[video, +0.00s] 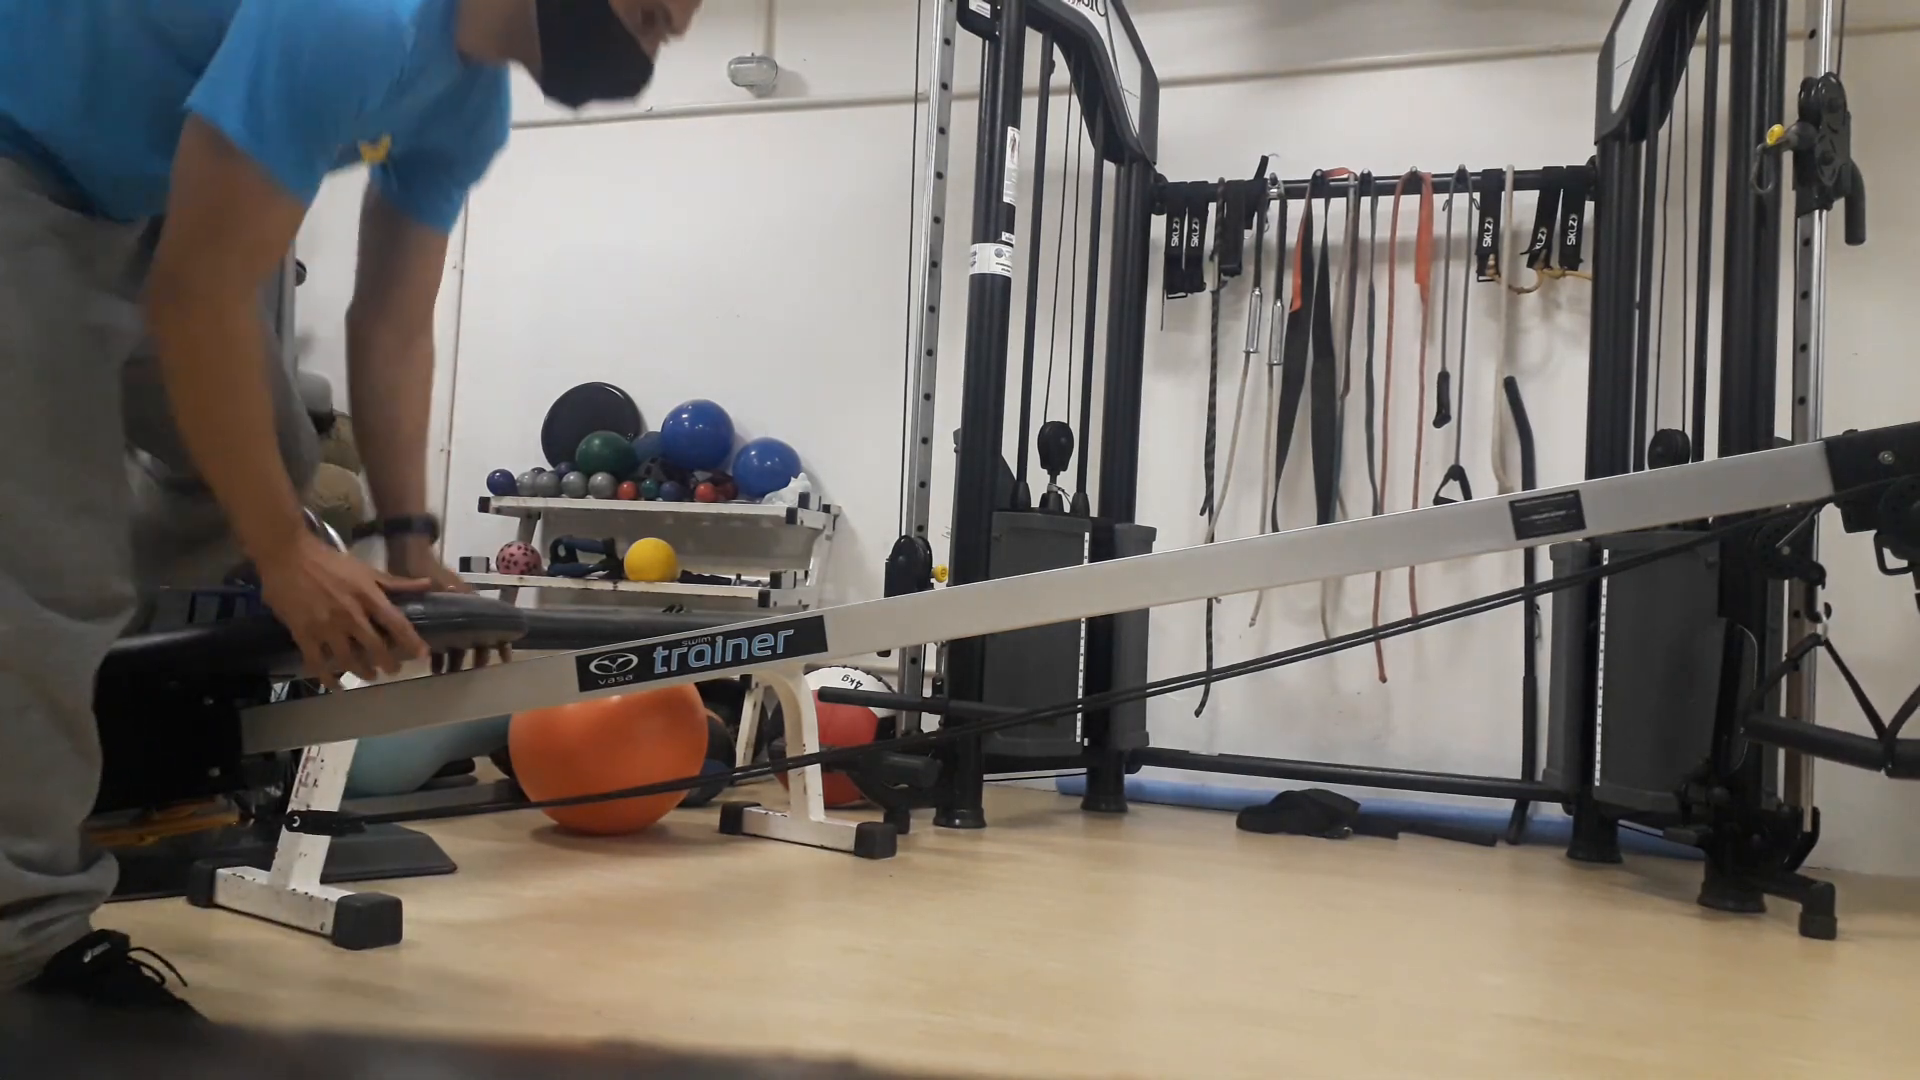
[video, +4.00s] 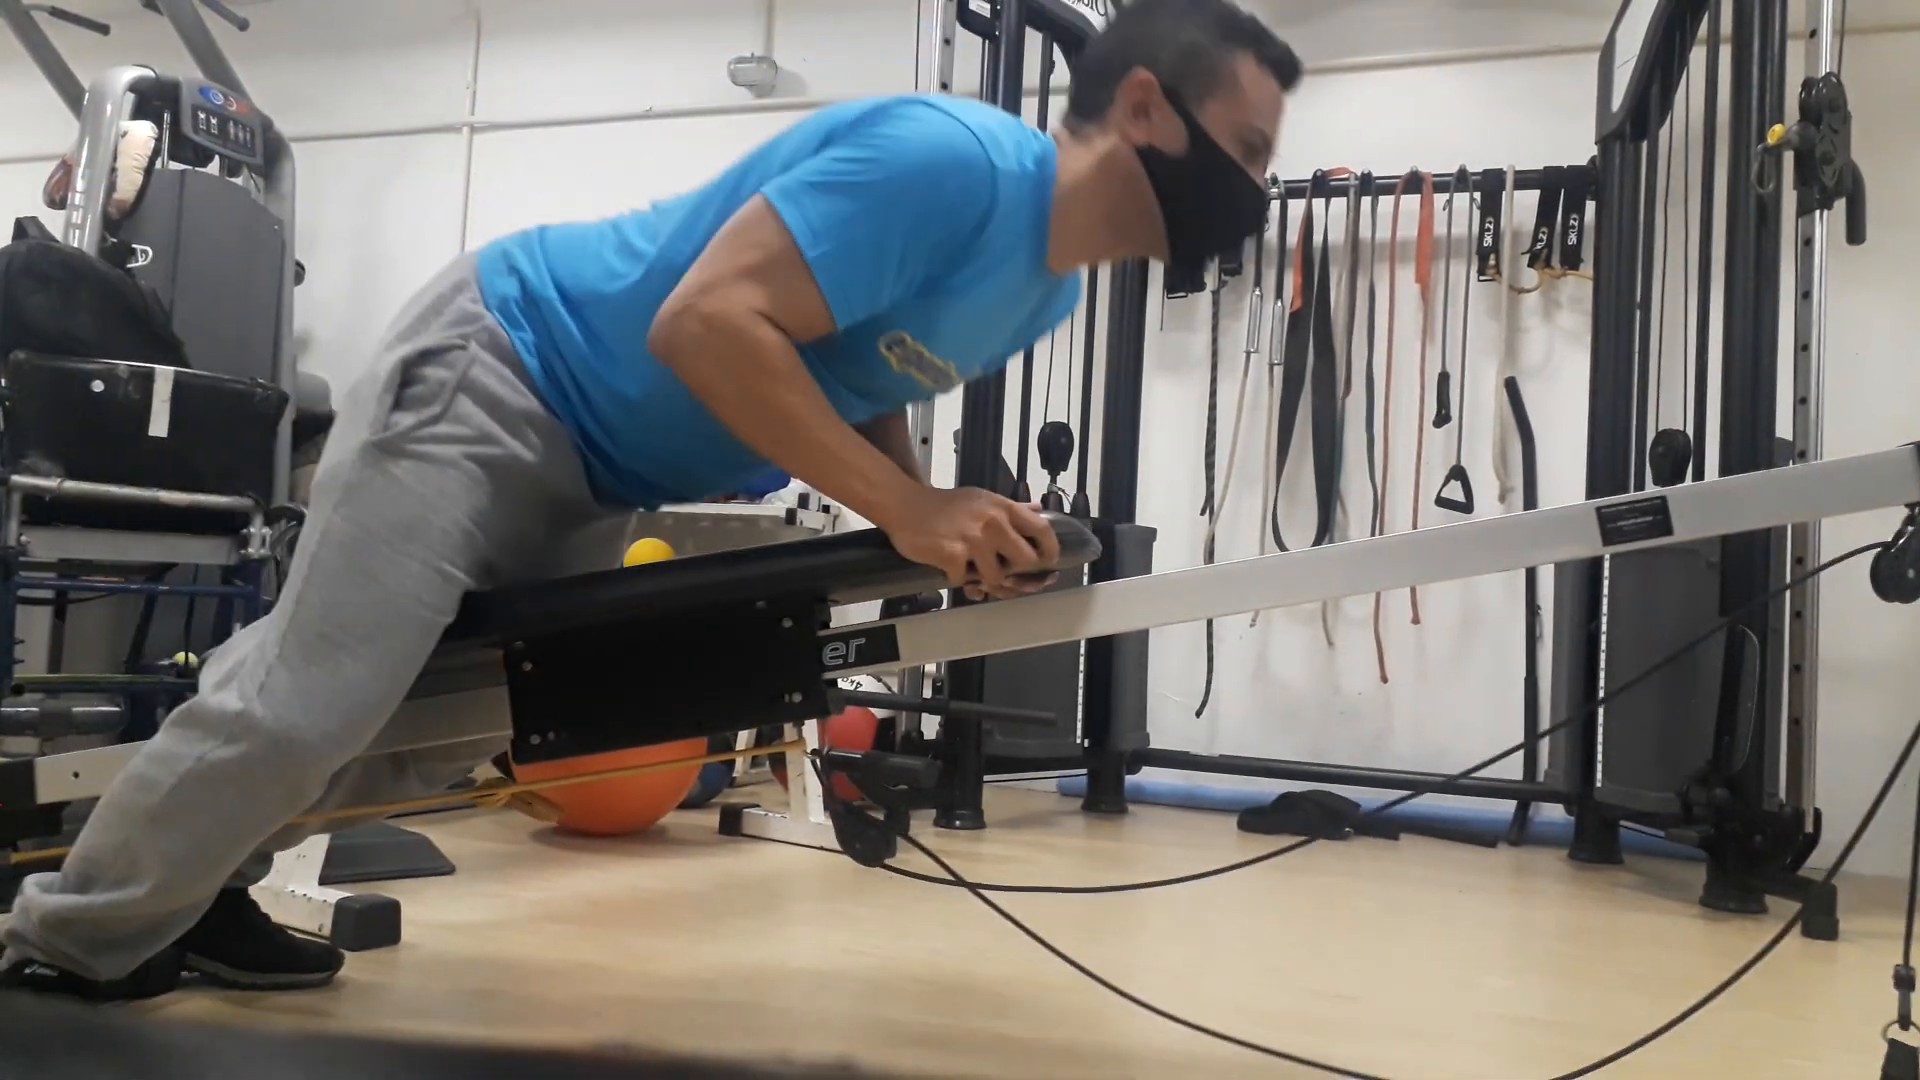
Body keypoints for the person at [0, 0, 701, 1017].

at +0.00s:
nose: (671, 21)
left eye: (680, 16)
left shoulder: (471, 97)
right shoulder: (350, 20)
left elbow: (395, 314)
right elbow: (197, 294)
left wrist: (410, 538)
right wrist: (284, 549)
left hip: (161, 189)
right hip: (30, 161)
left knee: (264, 471)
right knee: (59, 562)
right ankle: (31, 935)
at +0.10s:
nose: (653, 94)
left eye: (671, 71)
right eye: (652, 57)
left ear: (564, 21)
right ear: (560, 10)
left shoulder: (478, 139)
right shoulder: (329, 51)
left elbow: (394, 349)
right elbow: (176, 329)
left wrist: (396, 560)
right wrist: (274, 571)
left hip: (194, 195)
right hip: (36, 171)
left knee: (283, 517)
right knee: (71, 553)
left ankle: (273, 803)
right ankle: (35, 930)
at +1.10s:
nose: (825, 192)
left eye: (837, 171)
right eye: (812, 153)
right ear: (708, 106)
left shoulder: (656, 277)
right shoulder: (504, 168)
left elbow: (506, 420)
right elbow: (291, 365)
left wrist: (549, 575)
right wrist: (454, 569)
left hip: (296, 395)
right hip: (137, 343)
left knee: (424, 640)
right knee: (225, 642)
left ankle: (211, 870)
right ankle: (39, 924)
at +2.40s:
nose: (847, 176)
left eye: (860, 154)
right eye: (836, 137)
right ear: (736, 86)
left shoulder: (665, 247)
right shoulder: (543, 139)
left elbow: (591, 434)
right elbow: (413, 400)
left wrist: (700, 544)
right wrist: (650, 551)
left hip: (314, 357)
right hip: (148, 268)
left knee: (375, 647)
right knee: (201, 599)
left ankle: (164, 892)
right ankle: (33, 921)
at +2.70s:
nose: (917, 110)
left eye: (930, 85)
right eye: (901, 69)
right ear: (801, 25)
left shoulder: (748, 210)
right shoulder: (616, 91)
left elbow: (741, 421)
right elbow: (619, 390)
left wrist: (881, 524)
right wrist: (859, 508)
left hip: (373, 363)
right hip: (224, 262)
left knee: (410, 671)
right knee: (228, 622)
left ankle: (173, 880)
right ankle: (38, 929)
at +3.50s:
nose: (1051, 143)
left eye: (1075, 127)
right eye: (1061, 110)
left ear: (1026, 60)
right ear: (1012, 28)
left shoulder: (942, 189)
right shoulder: (827, 65)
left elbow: (836, 373)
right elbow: (699, 340)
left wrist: (940, 512)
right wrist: (909, 500)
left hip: (525, 401)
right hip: (416, 302)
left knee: (434, 695)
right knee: (282, 673)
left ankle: (181, 882)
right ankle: (47, 939)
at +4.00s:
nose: (1254, 206)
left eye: (1266, 177)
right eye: (1242, 163)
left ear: (1163, 140)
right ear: (1137, 115)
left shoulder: (1028, 285)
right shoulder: (951, 155)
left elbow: (851, 398)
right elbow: (708, 322)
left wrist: (945, 516)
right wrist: (905, 507)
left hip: (602, 470)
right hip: (503, 366)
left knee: (472, 722)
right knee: (306, 709)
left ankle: (210, 876)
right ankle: (60, 952)